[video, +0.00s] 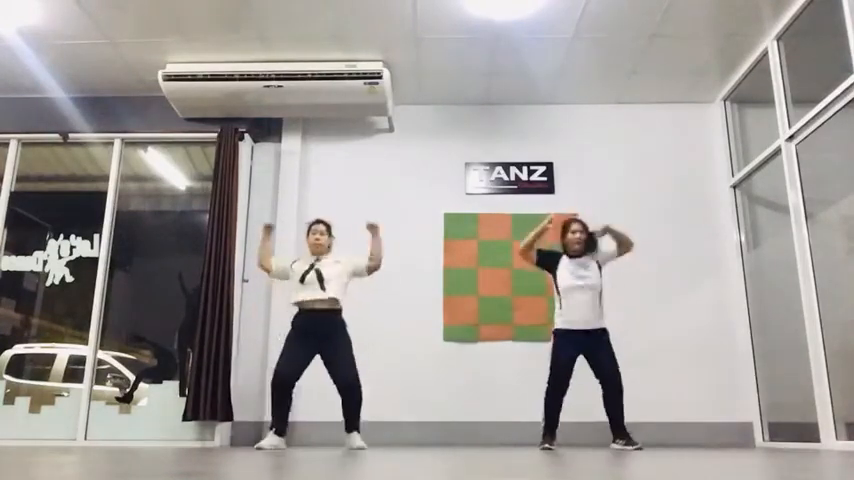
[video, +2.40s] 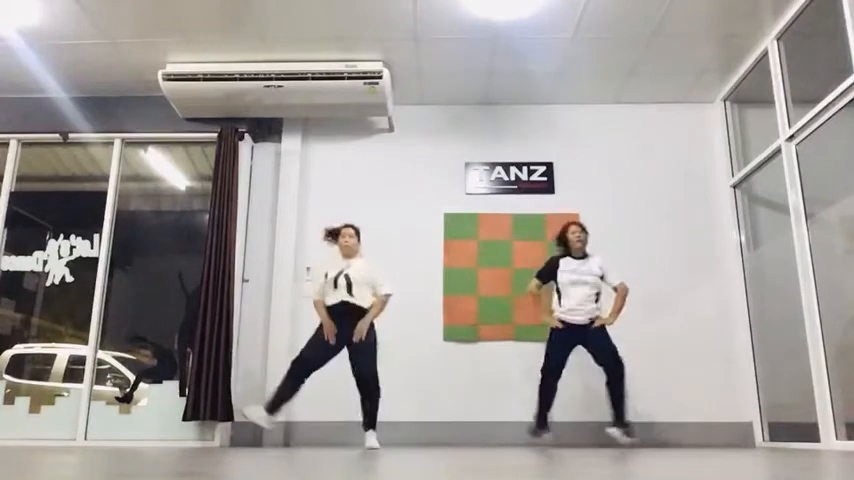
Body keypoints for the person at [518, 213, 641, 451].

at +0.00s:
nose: (577, 236)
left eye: (581, 232)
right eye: (572, 232)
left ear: (588, 238)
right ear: (563, 239)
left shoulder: (597, 260)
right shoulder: (555, 261)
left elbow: (626, 246)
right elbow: (525, 251)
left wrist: (608, 230)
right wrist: (543, 227)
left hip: (596, 334)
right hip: (566, 335)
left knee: (613, 383)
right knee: (557, 385)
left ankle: (620, 435)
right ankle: (548, 435)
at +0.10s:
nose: (576, 239)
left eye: (580, 235)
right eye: (571, 235)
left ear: (587, 239)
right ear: (563, 240)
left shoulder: (596, 261)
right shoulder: (556, 261)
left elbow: (628, 252)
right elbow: (524, 256)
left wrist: (603, 234)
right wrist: (548, 248)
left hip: (596, 330)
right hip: (569, 331)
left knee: (615, 380)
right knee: (561, 383)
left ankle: (619, 434)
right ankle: (549, 435)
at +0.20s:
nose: (582, 244)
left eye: (586, 240)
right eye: (577, 239)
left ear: (592, 243)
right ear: (568, 244)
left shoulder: (600, 265)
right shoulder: (561, 262)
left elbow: (623, 273)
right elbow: (532, 265)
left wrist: (608, 246)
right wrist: (550, 280)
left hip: (597, 336)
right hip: (568, 336)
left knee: (616, 382)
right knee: (559, 385)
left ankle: (619, 434)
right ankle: (549, 435)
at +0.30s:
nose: (585, 241)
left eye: (590, 237)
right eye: (580, 237)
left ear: (596, 241)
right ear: (573, 242)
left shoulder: (603, 263)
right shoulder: (566, 258)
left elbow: (627, 278)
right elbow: (537, 274)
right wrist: (543, 310)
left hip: (591, 334)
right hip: (561, 331)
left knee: (608, 380)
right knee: (546, 375)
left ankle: (617, 433)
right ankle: (544, 431)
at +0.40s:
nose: (584, 243)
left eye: (588, 239)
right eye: (579, 240)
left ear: (596, 244)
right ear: (572, 245)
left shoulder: (603, 268)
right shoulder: (565, 264)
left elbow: (625, 294)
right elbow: (534, 284)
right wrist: (540, 319)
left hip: (589, 338)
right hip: (558, 333)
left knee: (605, 384)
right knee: (536, 368)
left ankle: (617, 434)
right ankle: (537, 425)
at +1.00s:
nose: (559, 252)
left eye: (563, 247)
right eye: (554, 247)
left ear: (568, 251)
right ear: (544, 252)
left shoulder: (578, 269)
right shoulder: (540, 280)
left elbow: (605, 290)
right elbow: (527, 314)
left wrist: (609, 326)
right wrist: (546, 341)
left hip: (594, 334)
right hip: (566, 340)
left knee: (621, 367)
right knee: (551, 383)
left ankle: (628, 424)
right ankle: (541, 434)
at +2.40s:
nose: (578, 236)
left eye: (581, 232)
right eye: (573, 233)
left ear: (587, 237)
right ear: (565, 240)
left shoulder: (597, 264)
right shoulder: (556, 264)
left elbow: (622, 289)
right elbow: (533, 287)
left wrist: (611, 318)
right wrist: (546, 316)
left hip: (592, 326)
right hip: (563, 327)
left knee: (615, 368)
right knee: (550, 373)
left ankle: (619, 423)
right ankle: (541, 423)